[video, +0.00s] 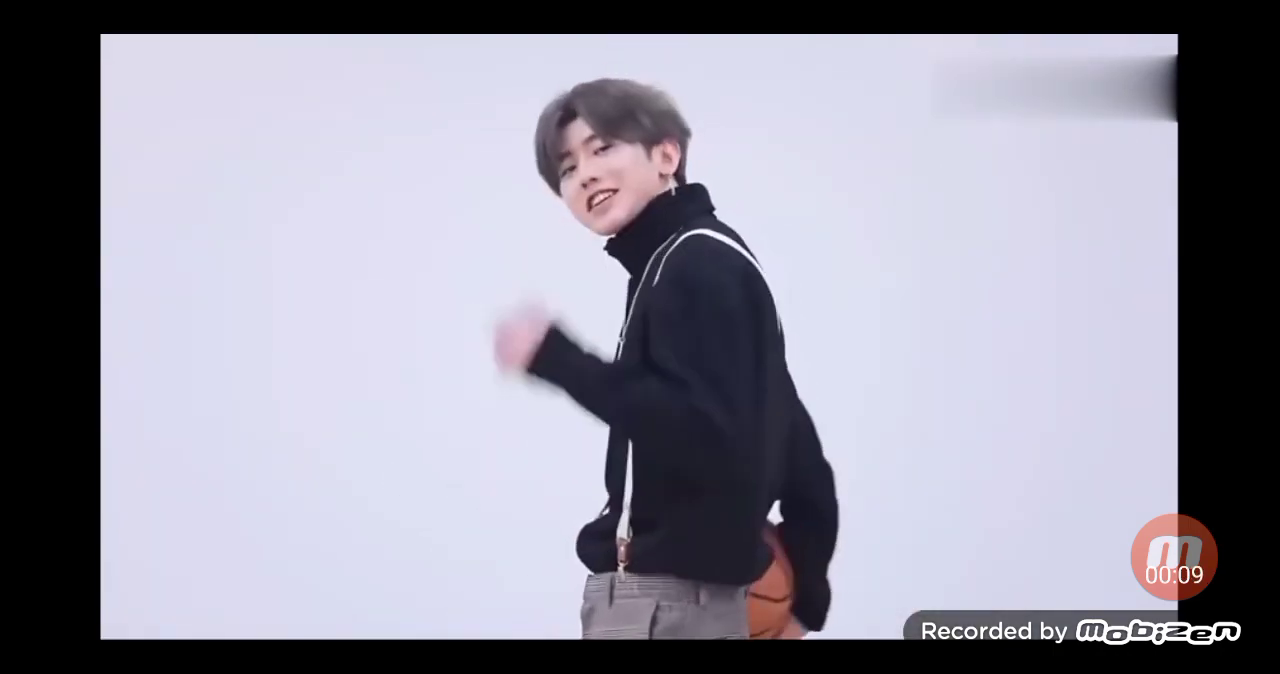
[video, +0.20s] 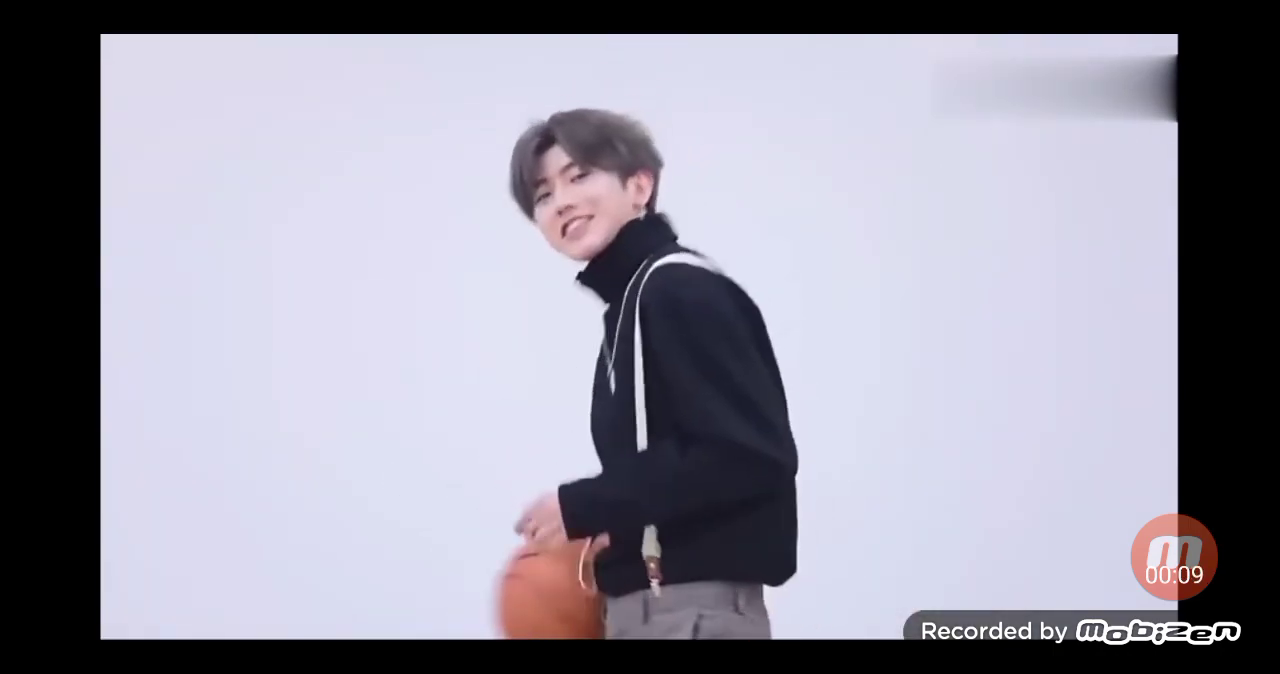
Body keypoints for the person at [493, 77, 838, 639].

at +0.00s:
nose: (585, 176)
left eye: (603, 148)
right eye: (567, 170)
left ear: (665, 155)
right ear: (564, 200)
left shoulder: (694, 262)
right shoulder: (713, 259)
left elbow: (712, 432)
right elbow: (804, 462)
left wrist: (559, 359)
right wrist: (801, 593)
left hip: (659, 600)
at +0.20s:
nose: (561, 202)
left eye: (580, 175)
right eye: (543, 196)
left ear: (639, 185)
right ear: (539, 225)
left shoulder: (679, 288)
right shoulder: (626, 307)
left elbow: (753, 457)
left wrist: (580, 505)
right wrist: (594, 536)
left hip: (697, 608)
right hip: (646, 608)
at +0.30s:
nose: (537, 243)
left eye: (555, 217)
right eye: (519, 235)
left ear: (613, 228)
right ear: (512, 263)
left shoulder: (666, 329)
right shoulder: (583, 393)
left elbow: (739, 495)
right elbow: (630, 563)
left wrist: (573, 534)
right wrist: (536, 591)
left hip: (712, 616)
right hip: (644, 621)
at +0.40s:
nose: (527, 240)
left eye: (544, 213)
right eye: (509, 229)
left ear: (602, 217)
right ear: (502, 251)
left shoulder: (668, 322)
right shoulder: (562, 379)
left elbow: (723, 495)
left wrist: (562, 530)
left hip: (714, 607)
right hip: (633, 613)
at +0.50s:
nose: (520, 212)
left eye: (535, 183)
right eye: (503, 199)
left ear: (596, 181)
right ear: (495, 215)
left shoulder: (681, 290)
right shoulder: (539, 346)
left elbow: (729, 462)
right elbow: (533, 486)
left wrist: (575, 504)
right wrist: (481, 473)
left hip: (717, 586)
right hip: (618, 594)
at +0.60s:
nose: (520, 165)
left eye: (536, 139)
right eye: (503, 151)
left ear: (597, 133)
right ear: (494, 162)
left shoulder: (693, 239)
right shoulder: (514, 290)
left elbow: (736, 408)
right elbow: (525, 457)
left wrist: (617, 448)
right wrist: (477, 407)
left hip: (716, 543)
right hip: (601, 561)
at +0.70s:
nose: (543, 185)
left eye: (559, 162)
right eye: (530, 170)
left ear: (610, 162)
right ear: (520, 180)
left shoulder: (689, 252)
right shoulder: (526, 295)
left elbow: (734, 392)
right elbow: (513, 411)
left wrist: (639, 404)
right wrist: (491, 453)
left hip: (711, 515)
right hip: (605, 527)